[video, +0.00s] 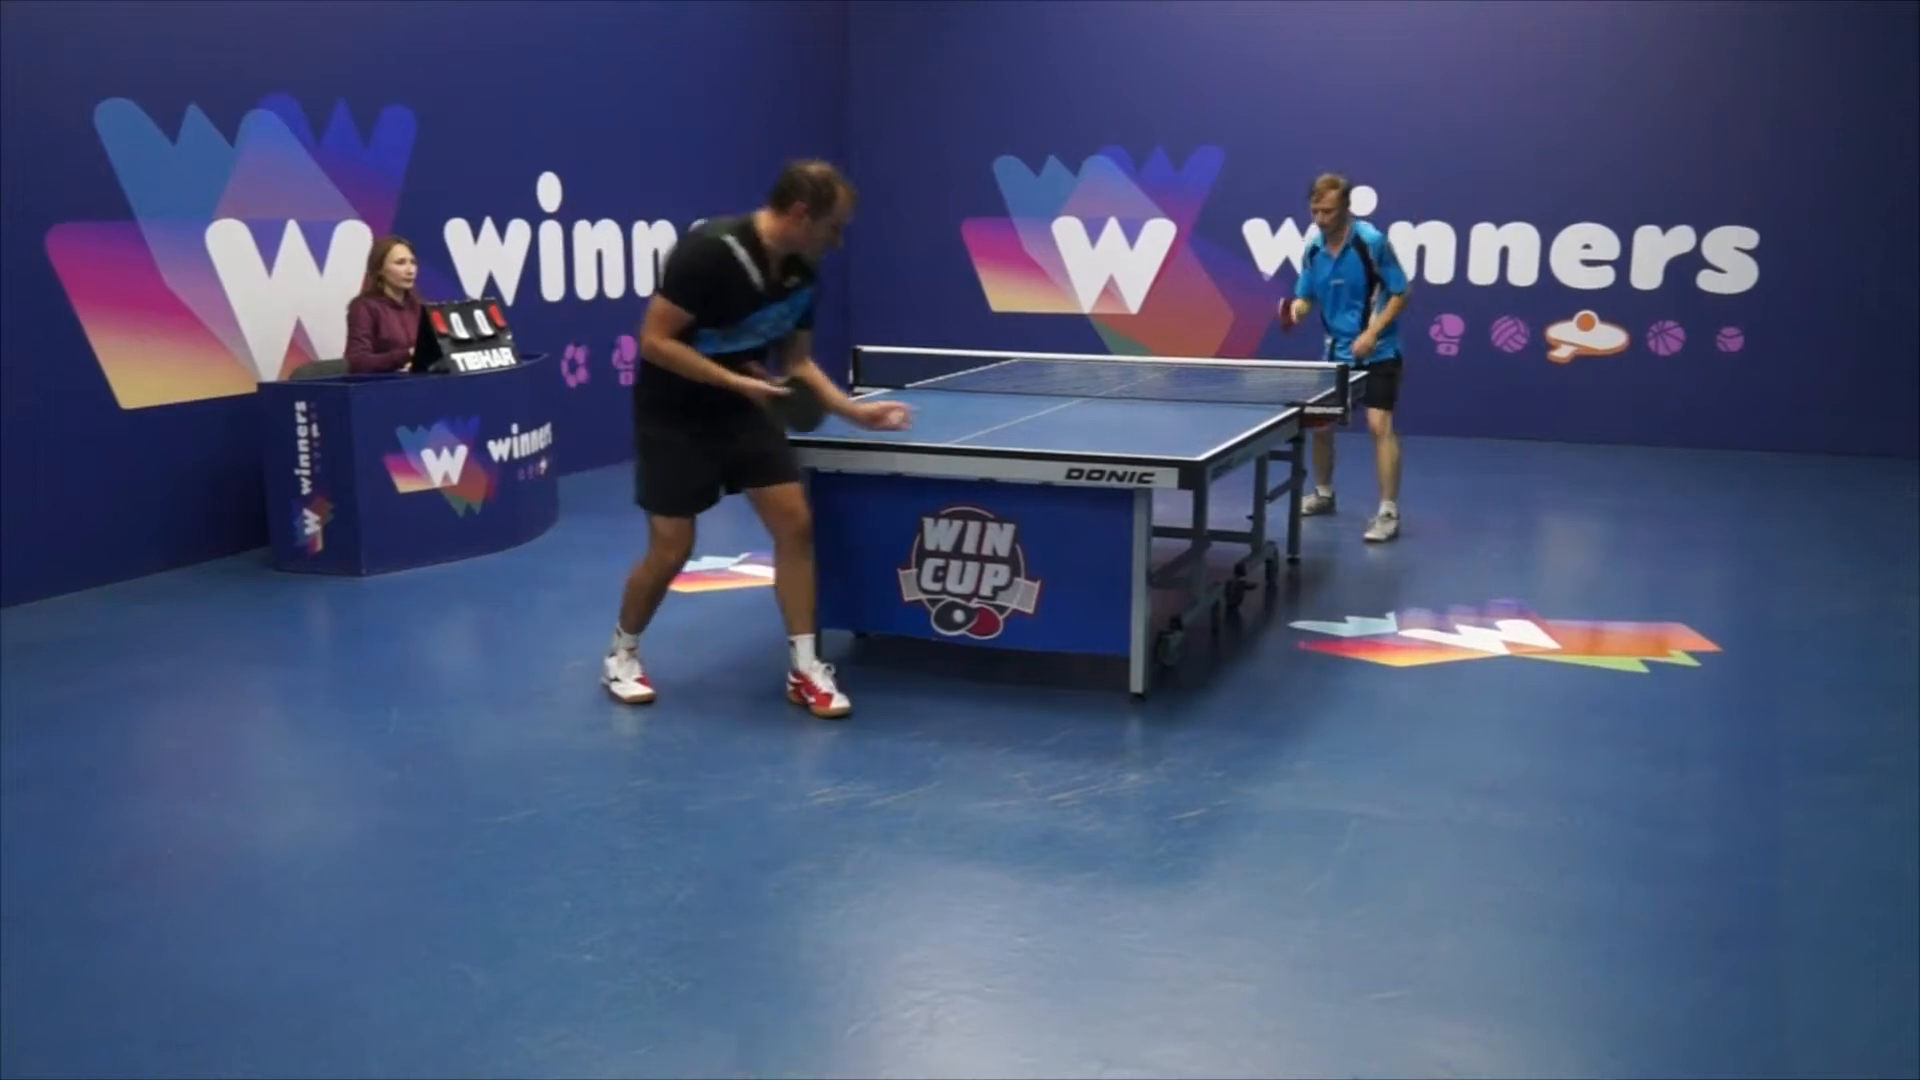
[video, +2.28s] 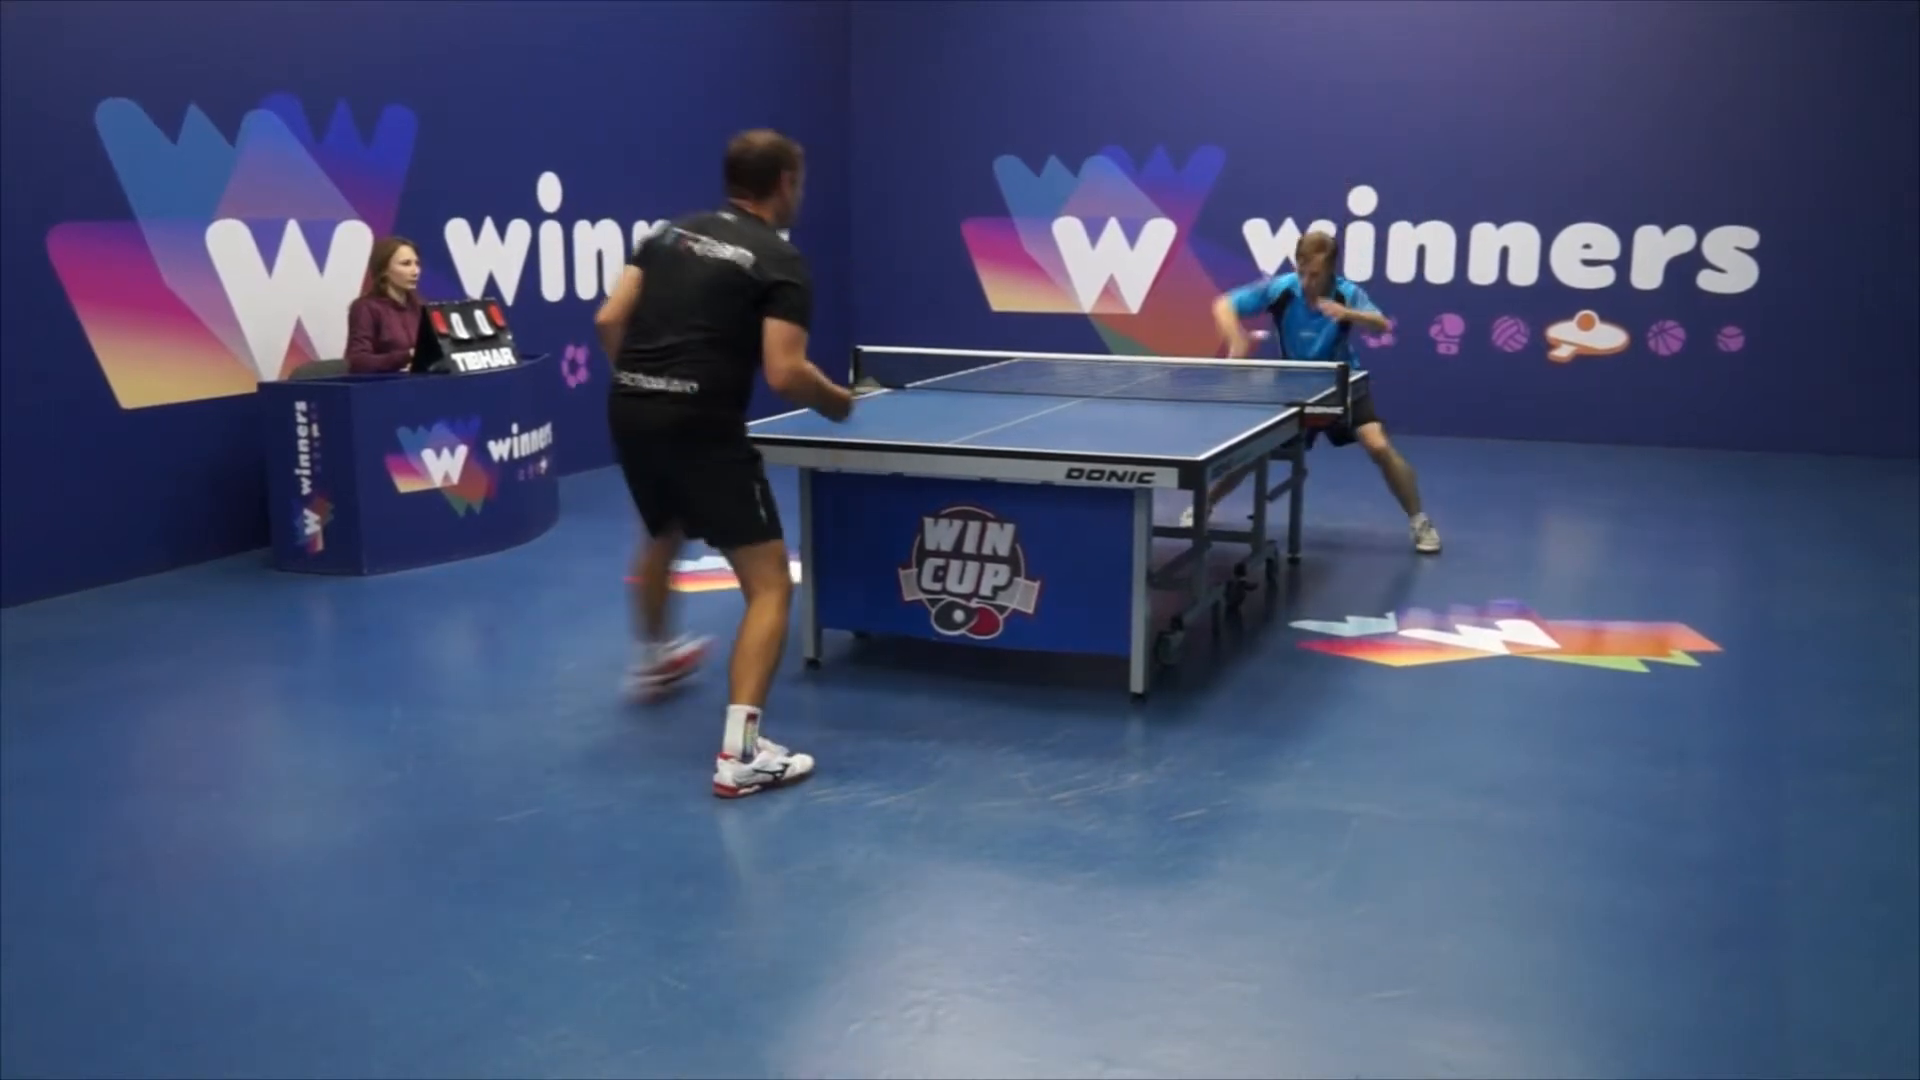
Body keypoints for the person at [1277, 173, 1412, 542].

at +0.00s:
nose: (1320, 217)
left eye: (1327, 211)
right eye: (1316, 210)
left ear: (1346, 209)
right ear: (1311, 209)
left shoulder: (1372, 241)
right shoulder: (1314, 249)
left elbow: (1400, 292)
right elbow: (1306, 298)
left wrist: (1373, 332)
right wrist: (1293, 313)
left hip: (1378, 348)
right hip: (1336, 349)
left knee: (1379, 424)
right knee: (1320, 420)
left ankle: (1387, 510)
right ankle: (1323, 493)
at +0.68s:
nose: (1318, 272)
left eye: (1325, 264)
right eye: (1313, 264)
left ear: (1343, 258)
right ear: (1308, 260)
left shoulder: (1369, 283)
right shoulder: (1315, 290)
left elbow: (1407, 331)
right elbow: (1313, 338)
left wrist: (1391, 380)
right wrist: (1295, 358)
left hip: (1406, 355)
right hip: (1368, 358)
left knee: (1385, 427)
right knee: (1327, 418)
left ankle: (1396, 513)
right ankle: (1327, 494)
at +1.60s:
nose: (1336, 225)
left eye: (1345, 219)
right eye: (1332, 217)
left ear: (1360, 219)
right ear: (1325, 216)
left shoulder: (1381, 255)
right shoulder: (1319, 258)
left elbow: (1408, 303)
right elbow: (1306, 307)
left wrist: (1374, 345)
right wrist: (1292, 319)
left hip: (1383, 361)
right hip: (1339, 362)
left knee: (1382, 436)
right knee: (1311, 422)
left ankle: (1398, 513)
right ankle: (1323, 482)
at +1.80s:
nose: (1332, 216)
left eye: (1340, 209)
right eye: (1327, 208)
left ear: (1359, 209)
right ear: (1322, 207)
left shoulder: (1381, 244)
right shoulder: (1314, 249)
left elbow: (1411, 292)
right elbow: (1301, 298)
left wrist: (1379, 329)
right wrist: (1289, 310)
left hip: (1382, 352)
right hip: (1334, 353)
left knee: (1393, 432)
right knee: (1287, 414)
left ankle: (1421, 513)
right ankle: (1278, 499)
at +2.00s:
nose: (1319, 243)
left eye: (1326, 236)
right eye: (1316, 235)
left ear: (1345, 234)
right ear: (1311, 233)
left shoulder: (1371, 267)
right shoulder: (1304, 275)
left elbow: (1409, 306)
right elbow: (1290, 325)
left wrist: (1381, 328)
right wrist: (1282, 364)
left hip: (1373, 375)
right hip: (1323, 375)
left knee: (1397, 444)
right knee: (1268, 429)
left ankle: (1425, 521)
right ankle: (1226, 498)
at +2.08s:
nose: (1309, 260)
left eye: (1316, 253)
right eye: (1305, 253)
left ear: (1334, 250)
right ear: (1300, 250)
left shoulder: (1358, 278)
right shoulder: (1290, 285)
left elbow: (1405, 308)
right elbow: (1265, 330)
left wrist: (1377, 321)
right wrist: (1260, 370)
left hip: (1363, 380)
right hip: (1314, 381)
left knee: (1393, 444)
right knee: (1261, 437)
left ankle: (1420, 522)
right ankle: (1213, 502)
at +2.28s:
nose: (1309, 281)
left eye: (1316, 275)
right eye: (1304, 273)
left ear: (1331, 268)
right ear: (1297, 265)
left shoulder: (1346, 292)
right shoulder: (1282, 288)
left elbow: (1381, 324)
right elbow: (1223, 305)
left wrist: (1347, 314)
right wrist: (1237, 339)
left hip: (1343, 384)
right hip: (1294, 385)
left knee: (1378, 446)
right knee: (1251, 448)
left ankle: (1419, 523)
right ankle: (1202, 507)